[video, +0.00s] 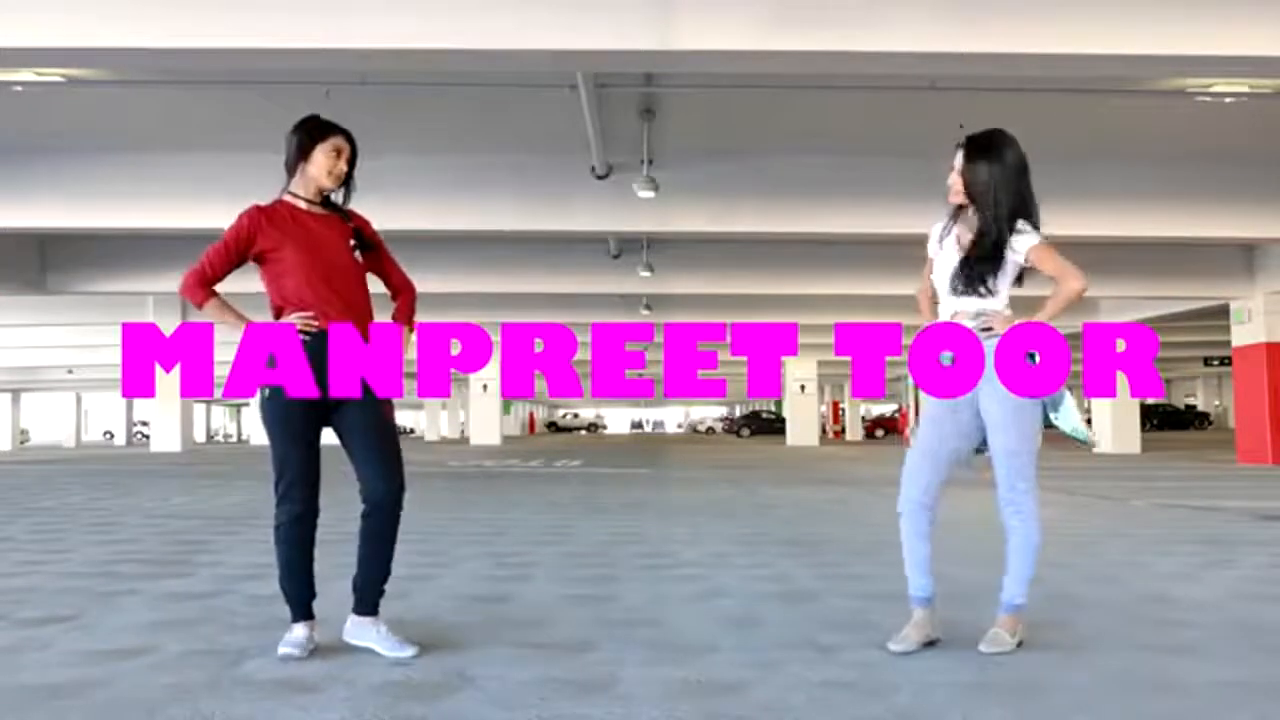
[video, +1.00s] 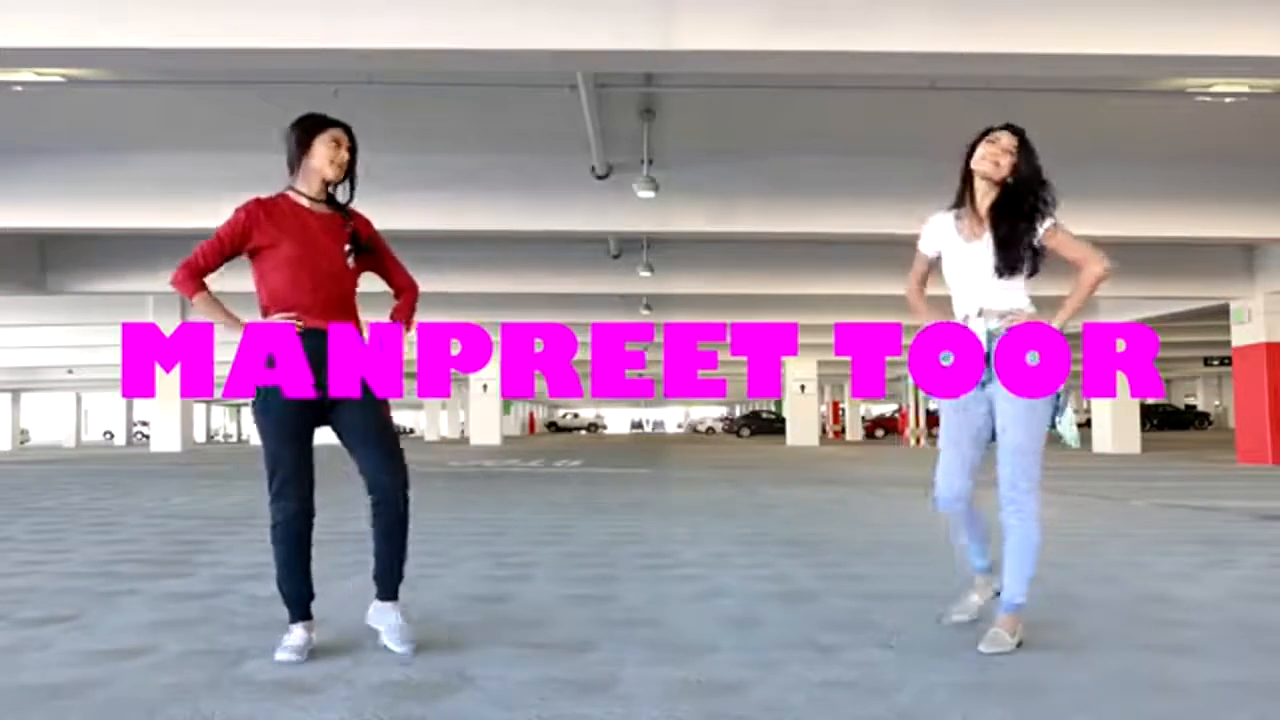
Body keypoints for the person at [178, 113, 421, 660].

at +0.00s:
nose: (342, 166)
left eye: (347, 159)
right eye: (333, 153)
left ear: (345, 169)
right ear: (301, 155)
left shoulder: (354, 227)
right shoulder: (262, 220)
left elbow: (405, 292)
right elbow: (194, 284)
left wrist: (392, 353)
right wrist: (256, 330)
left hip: (357, 372)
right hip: (292, 372)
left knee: (386, 489)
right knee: (295, 500)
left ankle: (364, 619)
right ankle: (301, 623)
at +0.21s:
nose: (343, 164)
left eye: (348, 157)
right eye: (334, 152)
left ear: (347, 167)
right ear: (304, 154)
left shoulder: (354, 226)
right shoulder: (264, 218)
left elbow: (406, 292)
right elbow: (194, 283)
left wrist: (391, 355)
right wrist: (257, 329)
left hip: (357, 371)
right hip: (292, 372)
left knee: (387, 488)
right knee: (296, 499)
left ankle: (366, 617)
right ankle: (302, 620)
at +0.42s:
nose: (344, 163)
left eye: (350, 156)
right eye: (335, 151)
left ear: (349, 168)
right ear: (305, 154)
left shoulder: (357, 226)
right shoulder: (264, 218)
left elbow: (410, 292)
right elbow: (194, 283)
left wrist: (391, 353)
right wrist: (255, 329)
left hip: (357, 371)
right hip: (291, 372)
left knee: (385, 489)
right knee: (295, 499)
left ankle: (365, 618)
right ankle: (301, 620)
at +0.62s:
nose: (344, 162)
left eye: (349, 155)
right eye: (334, 150)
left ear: (348, 167)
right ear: (303, 154)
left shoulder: (357, 227)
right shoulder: (263, 218)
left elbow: (412, 292)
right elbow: (191, 282)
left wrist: (389, 351)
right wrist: (248, 328)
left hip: (355, 370)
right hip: (289, 370)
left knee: (383, 489)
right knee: (293, 499)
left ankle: (366, 618)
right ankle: (301, 621)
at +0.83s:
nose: (342, 159)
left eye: (347, 152)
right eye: (332, 147)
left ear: (346, 166)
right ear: (301, 152)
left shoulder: (355, 227)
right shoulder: (260, 217)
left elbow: (410, 292)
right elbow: (188, 281)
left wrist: (389, 356)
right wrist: (245, 328)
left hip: (353, 370)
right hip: (286, 370)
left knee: (380, 490)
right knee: (291, 501)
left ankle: (365, 618)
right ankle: (300, 624)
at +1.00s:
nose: (343, 155)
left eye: (348, 150)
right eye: (333, 144)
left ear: (347, 164)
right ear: (302, 149)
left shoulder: (354, 226)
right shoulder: (260, 214)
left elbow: (407, 291)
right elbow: (185, 275)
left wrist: (385, 350)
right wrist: (236, 325)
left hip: (347, 366)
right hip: (282, 366)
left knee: (391, 479)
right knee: (289, 499)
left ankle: (387, 604)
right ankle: (300, 623)